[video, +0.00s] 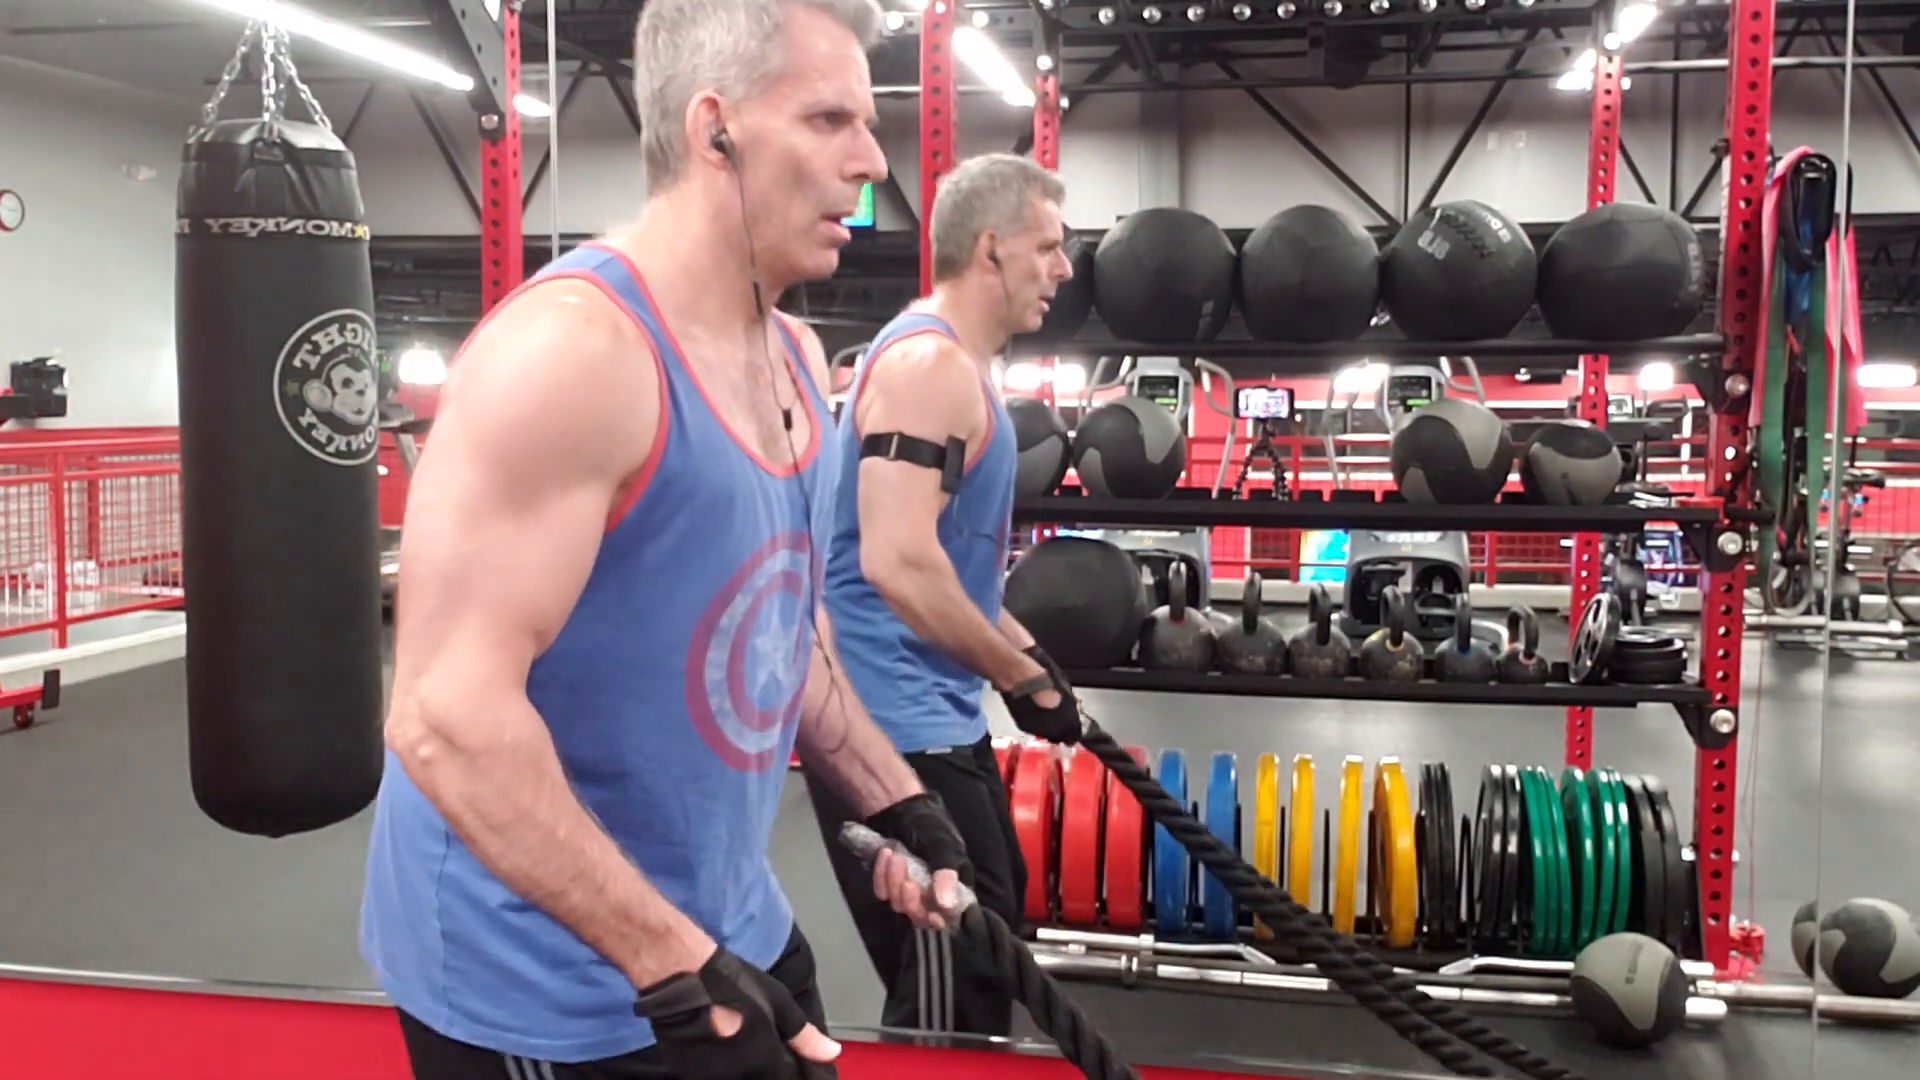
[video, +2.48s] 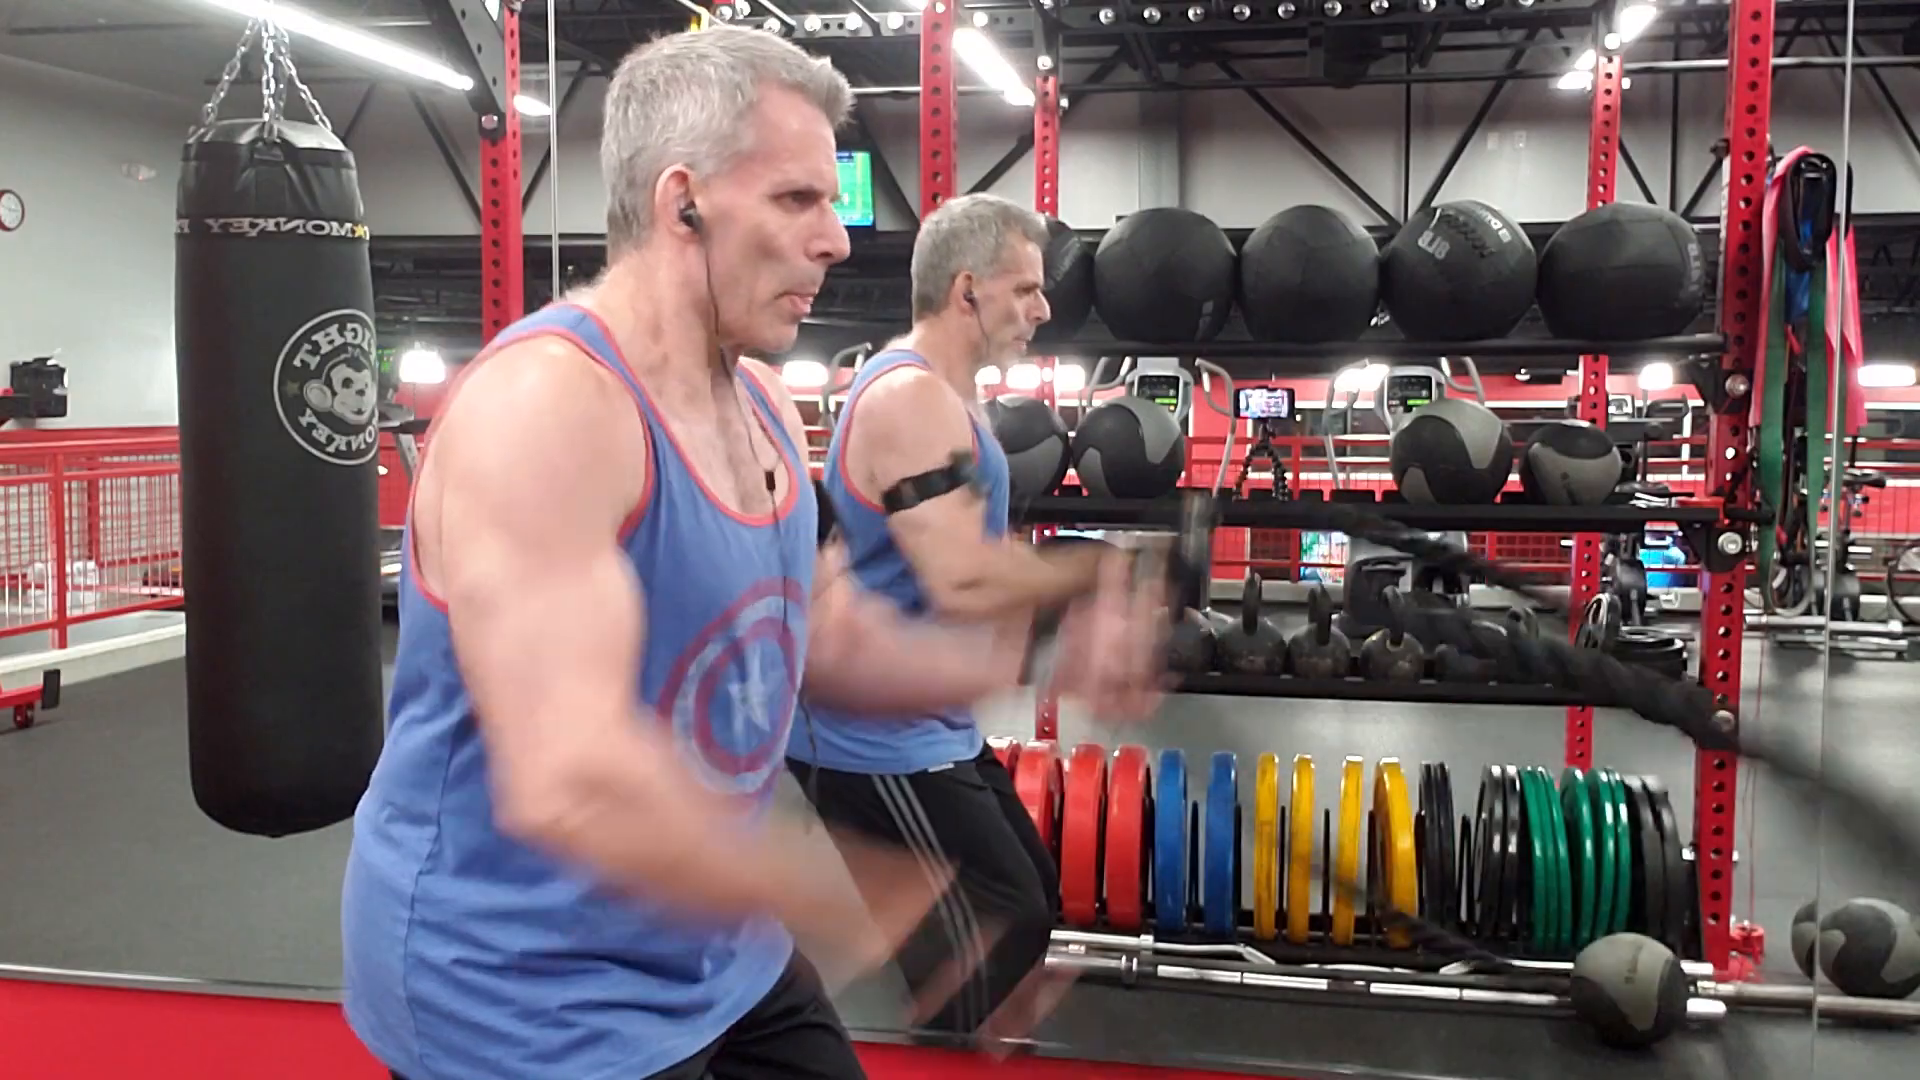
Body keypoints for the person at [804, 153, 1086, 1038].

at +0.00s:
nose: (1063, 270)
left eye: (1063, 249)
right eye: (1049, 247)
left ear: (996, 253)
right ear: (992, 250)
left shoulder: (954, 363)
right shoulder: (928, 364)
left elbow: (946, 555)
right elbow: (898, 561)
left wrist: (1020, 646)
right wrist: (1016, 675)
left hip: (939, 728)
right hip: (902, 736)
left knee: (980, 982)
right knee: (960, 990)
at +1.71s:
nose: (1034, 285)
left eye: (1034, 264)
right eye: (1020, 262)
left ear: (966, 269)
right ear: (963, 267)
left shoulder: (943, 391)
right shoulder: (899, 393)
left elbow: (1000, 543)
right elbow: (871, 594)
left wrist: (1105, 612)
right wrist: (989, 721)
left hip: (924, 743)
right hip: (874, 752)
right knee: (989, 945)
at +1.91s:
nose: (1037, 296)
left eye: (1037, 275)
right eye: (1023, 273)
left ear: (971, 281)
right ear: (965, 277)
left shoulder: (943, 393)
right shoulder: (906, 392)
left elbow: (1000, 540)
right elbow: (884, 585)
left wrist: (1135, 539)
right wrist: (1011, 692)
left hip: (919, 708)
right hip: (871, 714)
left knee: (1012, 911)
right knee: (993, 922)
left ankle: (960, 1058)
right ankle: (952, 1063)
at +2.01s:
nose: (1034, 297)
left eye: (1035, 277)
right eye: (1019, 275)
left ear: (959, 279)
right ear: (957, 276)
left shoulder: (947, 393)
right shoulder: (898, 386)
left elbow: (946, 577)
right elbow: (916, 570)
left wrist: (1031, 659)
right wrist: (1076, 589)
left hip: (926, 715)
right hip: (866, 725)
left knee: (1022, 907)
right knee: (976, 929)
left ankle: (979, 1061)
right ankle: (952, 1068)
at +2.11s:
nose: (1032, 301)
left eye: (1032, 281)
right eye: (1018, 279)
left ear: (961, 283)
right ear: (955, 280)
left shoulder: (941, 394)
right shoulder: (899, 388)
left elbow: (969, 565)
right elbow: (950, 563)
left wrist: (1076, 574)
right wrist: (1084, 544)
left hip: (930, 716)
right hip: (872, 725)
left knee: (1024, 907)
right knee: (996, 929)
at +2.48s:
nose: (1042, 313)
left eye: (1041, 293)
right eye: (1027, 291)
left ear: (969, 295)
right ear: (967, 293)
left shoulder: (944, 395)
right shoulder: (909, 398)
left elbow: (975, 565)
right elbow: (959, 580)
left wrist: (1092, 581)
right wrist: (1107, 560)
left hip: (928, 728)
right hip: (876, 739)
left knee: (1029, 918)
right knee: (1007, 927)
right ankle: (923, 1067)